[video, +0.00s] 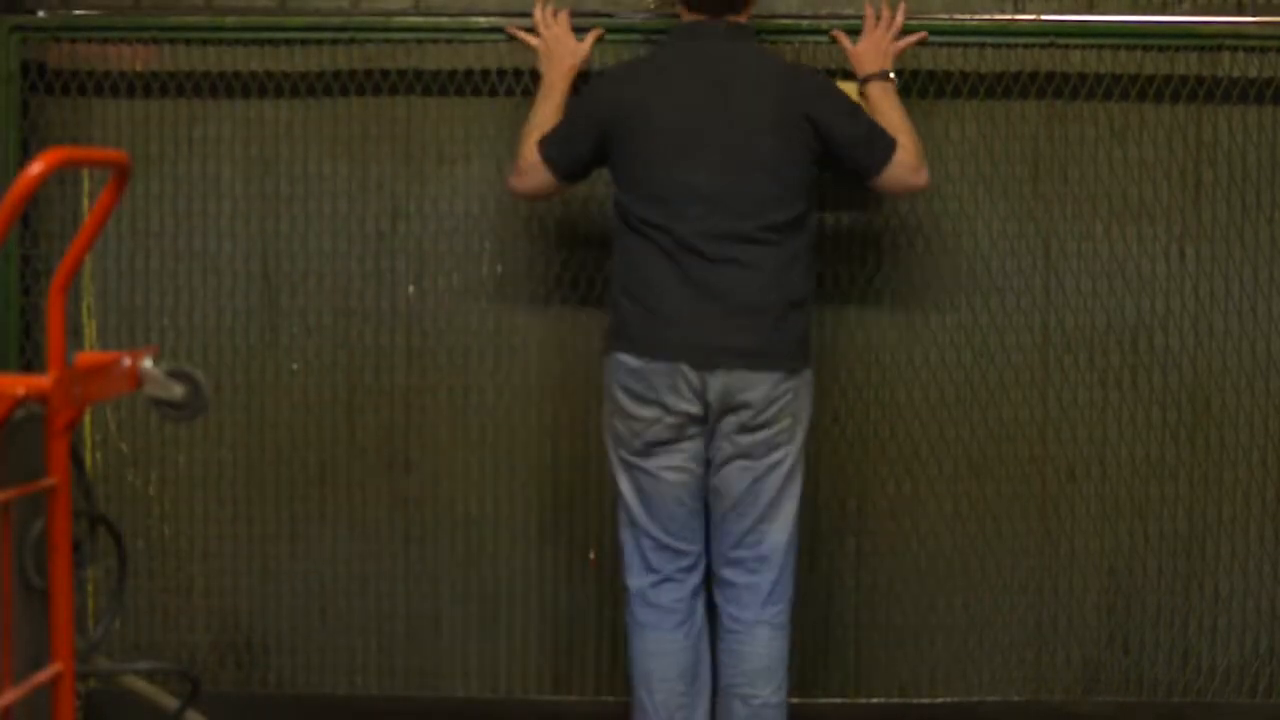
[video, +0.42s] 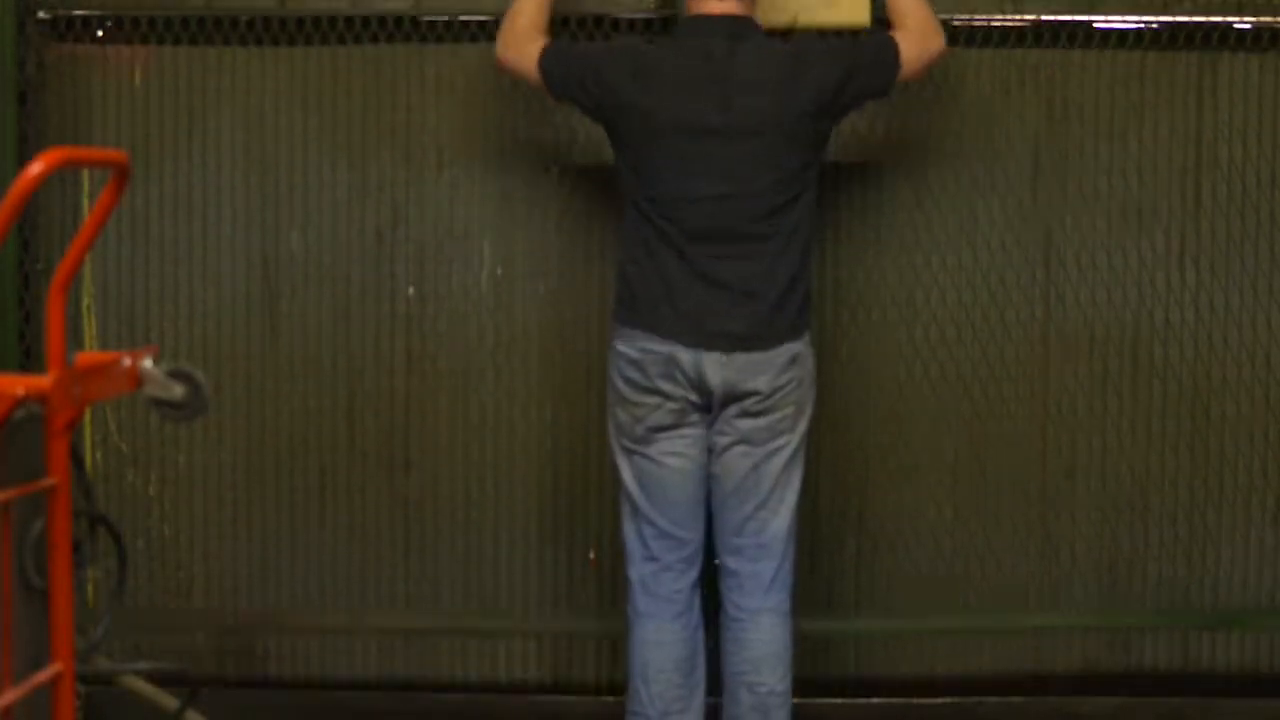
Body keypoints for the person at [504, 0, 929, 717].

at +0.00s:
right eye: (748, 2)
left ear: (677, 4)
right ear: (752, 6)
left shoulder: (628, 87)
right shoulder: (795, 89)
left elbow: (528, 174)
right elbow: (908, 170)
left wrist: (556, 74)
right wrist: (876, 76)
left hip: (651, 353)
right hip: (765, 357)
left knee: (663, 574)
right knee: (754, 576)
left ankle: (670, 717)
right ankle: (753, 715)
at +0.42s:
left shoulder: (633, 68)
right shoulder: (805, 66)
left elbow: (516, 47)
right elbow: (923, 42)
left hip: (653, 335)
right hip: (766, 339)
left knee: (661, 567)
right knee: (756, 569)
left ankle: (665, 714)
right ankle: (758, 712)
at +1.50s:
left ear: (660, 7)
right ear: (740, 7)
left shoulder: (605, 90)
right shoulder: (793, 93)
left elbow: (584, 243)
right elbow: (814, 254)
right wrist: (833, 216)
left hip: (636, 367)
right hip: (752, 371)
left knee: (654, 583)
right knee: (744, 584)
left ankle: (665, 716)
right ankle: (745, 714)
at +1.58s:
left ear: (661, 5)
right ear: (738, 5)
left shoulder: (605, 89)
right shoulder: (792, 91)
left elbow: (579, 241)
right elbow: (817, 249)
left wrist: (635, 187)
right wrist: (829, 185)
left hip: (636, 365)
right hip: (753, 369)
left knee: (655, 582)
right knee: (744, 583)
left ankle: (665, 716)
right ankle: (745, 715)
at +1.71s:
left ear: (659, 5)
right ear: (738, 5)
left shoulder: (606, 91)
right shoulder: (790, 93)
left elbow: (566, 230)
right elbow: (824, 236)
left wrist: (623, 163)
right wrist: (824, 145)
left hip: (637, 367)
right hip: (753, 371)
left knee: (656, 583)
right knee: (744, 585)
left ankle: (664, 716)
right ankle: (744, 716)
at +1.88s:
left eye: (671, 2)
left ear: (663, 7)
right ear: (735, 6)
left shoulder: (614, 88)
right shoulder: (783, 90)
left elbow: (545, 167)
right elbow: (853, 174)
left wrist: (578, 71)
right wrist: (834, 76)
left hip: (638, 364)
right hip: (752, 368)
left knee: (656, 580)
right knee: (744, 581)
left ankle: (665, 716)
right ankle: (745, 715)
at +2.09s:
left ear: (664, 1)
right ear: (739, 1)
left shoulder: (618, 81)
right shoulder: (783, 84)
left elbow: (544, 57)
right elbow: (869, 71)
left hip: (638, 356)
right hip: (750, 361)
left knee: (657, 580)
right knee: (744, 580)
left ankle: (667, 715)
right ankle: (744, 713)